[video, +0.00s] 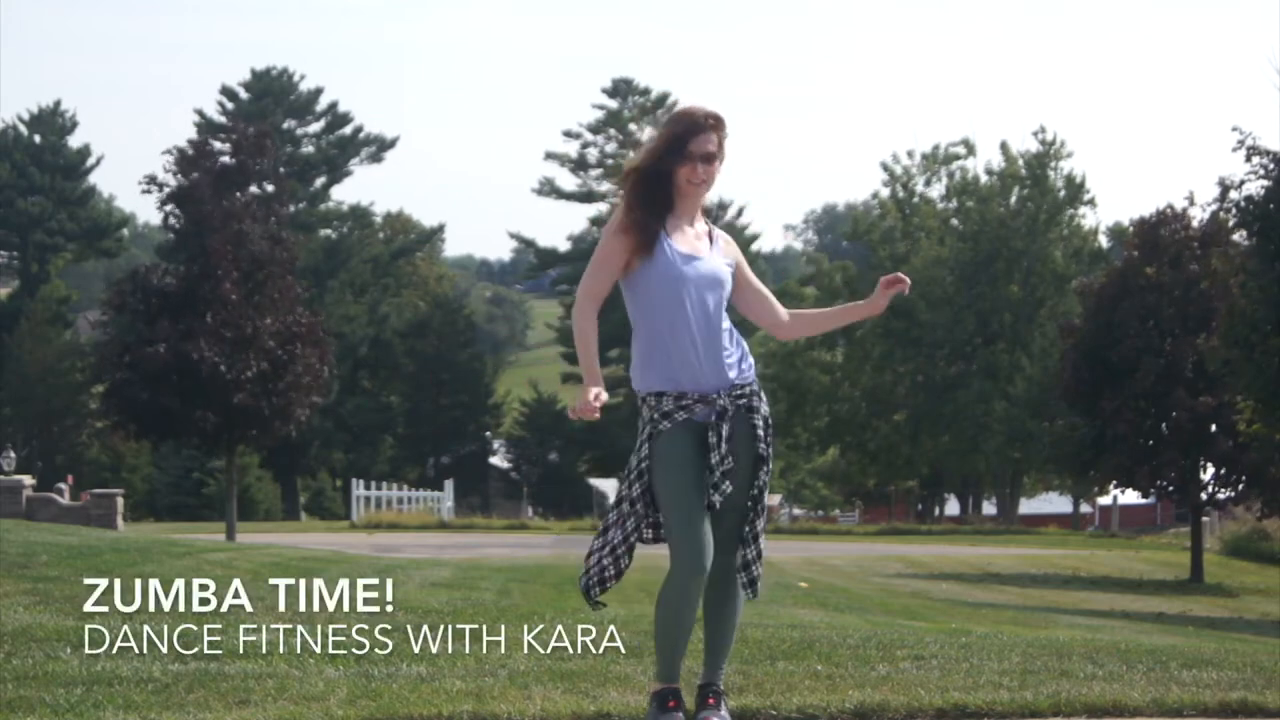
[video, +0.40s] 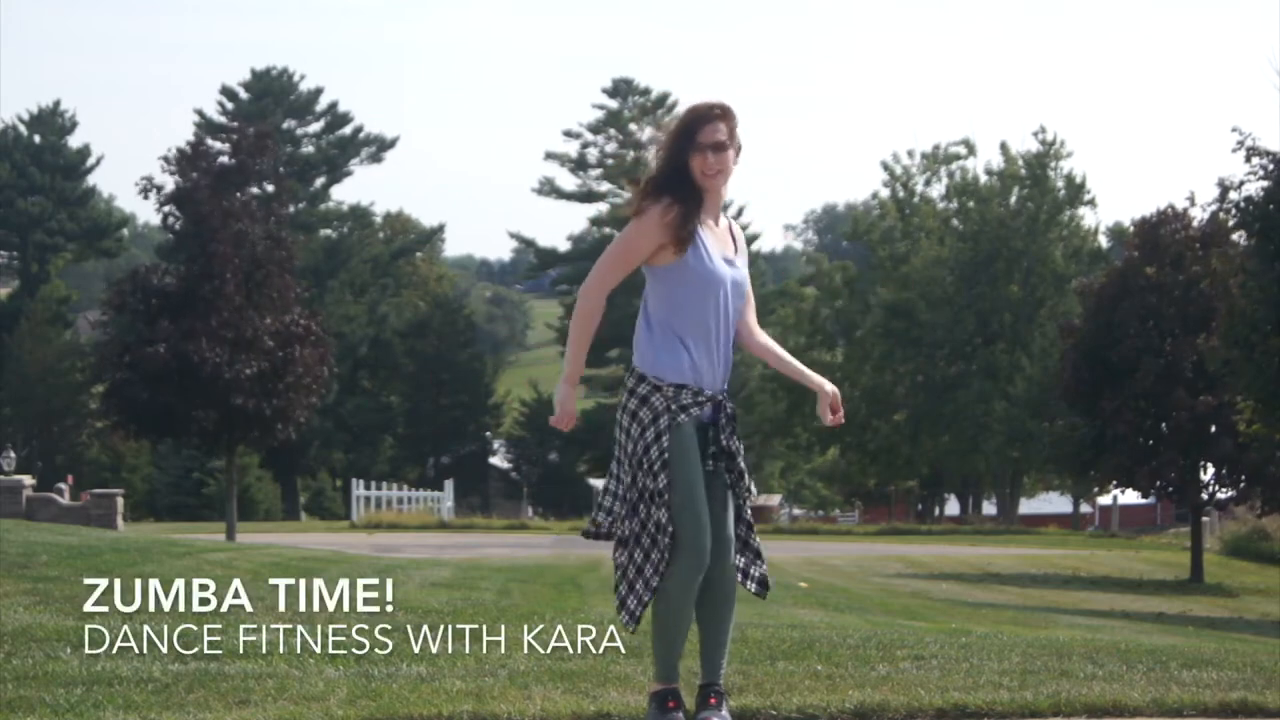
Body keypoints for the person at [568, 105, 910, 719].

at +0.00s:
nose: (704, 169)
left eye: (713, 159)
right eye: (694, 157)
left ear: (721, 166)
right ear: (669, 160)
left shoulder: (722, 243)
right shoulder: (633, 226)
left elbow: (784, 322)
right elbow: (586, 302)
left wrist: (868, 307)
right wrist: (592, 381)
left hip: (739, 408)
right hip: (671, 410)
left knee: (728, 559)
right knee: (693, 557)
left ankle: (712, 691)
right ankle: (667, 691)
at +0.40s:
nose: (715, 156)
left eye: (724, 146)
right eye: (703, 147)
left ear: (737, 154)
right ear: (684, 156)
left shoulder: (730, 232)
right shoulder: (664, 219)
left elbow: (750, 333)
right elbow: (594, 289)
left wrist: (817, 382)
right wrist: (569, 382)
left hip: (711, 408)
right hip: (663, 402)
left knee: (723, 551)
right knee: (692, 545)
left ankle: (711, 694)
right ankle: (664, 694)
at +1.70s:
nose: (688, 150)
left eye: (699, 142)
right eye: (678, 138)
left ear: (710, 153)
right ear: (655, 147)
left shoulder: (726, 216)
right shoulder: (638, 234)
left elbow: (818, 267)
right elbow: (627, 328)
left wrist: (883, 337)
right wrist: (614, 400)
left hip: (730, 403)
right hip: (669, 405)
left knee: (710, 547)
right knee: (662, 550)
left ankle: (708, 693)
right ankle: (661, 687)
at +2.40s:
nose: (693, 156)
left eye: (703, 147)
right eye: (682, 146)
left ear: (715, 157)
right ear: (660, 154)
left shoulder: (718, 235)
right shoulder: (630, 225)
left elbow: (752, 333)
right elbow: (608, 324)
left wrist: (837, 335)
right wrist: (632, 416)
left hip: (735, 408)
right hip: (665, 412)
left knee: (722, 553)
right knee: (680, 557)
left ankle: (713, 690)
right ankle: (665, 692)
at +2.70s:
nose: (707, 152)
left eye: (716, 143)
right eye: (696, 143)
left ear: (728, 152)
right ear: (675, 153)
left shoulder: (719, 228)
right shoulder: (662, 214)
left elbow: (732, 330)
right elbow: (613, 300)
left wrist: (778, 401)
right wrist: (621, 398)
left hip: (719, 409)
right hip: (668, 406)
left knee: (717, 555)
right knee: (686, 556)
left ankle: (713, 693)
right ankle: (666, 694)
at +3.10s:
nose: (714, 148)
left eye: (723, 138)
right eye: (702, 142)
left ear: (743, 147)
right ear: (688, 156)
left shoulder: (756, 233)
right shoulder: (669, 217)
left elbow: (744, 330)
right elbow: (591, 280)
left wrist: (725, 407)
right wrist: (534, 358)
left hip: (705, 404)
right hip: (644, 392)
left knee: (713, 543)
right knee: (652, 538)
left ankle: (712, 690)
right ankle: (661, 688)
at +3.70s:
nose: (693, 159)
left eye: (702, 150)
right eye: (682, 150)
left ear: (716, 159)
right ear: (660, 159)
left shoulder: (738, 222)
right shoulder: (650, 238)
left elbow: (805, 298)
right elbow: (573, 302)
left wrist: (775, 388)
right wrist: (480, 295)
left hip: (703, 414)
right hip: (640, 406)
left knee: (687, 562)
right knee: (647, 558)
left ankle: (707, 693)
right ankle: (658, 685)